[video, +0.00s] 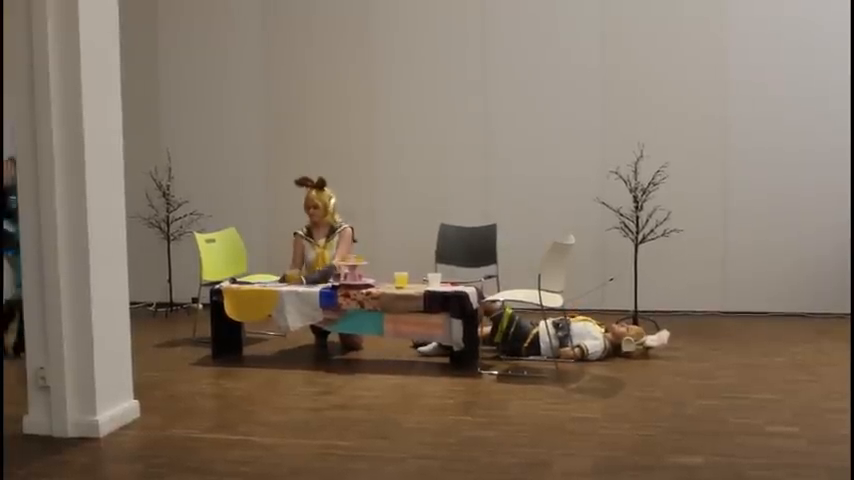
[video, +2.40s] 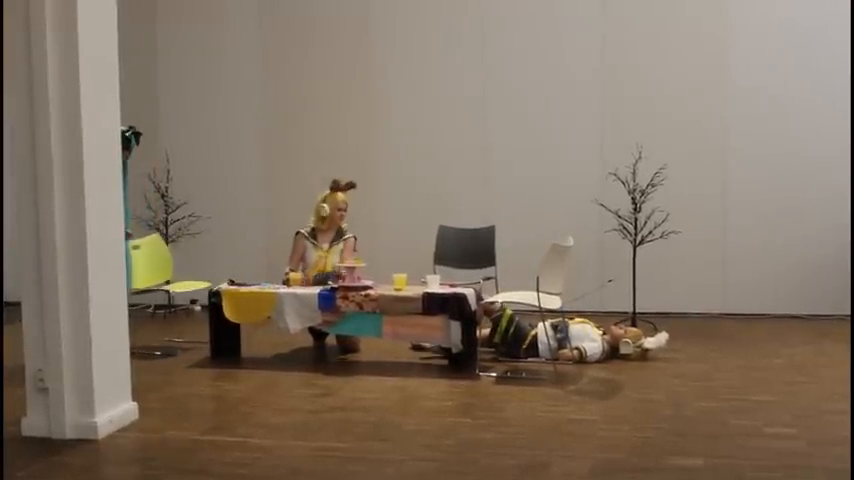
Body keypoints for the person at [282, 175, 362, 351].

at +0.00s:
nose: (310, 212)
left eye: (315, 207)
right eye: (307, 207)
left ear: (328, 208)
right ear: (304, 208)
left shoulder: (344, 231)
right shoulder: (301, 235)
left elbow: (338, 265)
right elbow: (295, 269)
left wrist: (308, 280)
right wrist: (291, 279)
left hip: (339, 291)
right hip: (311, 294)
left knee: (354, 343)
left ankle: (347, 338)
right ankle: (320, 339)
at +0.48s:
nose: (314, 206)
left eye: (320, 202)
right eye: (311, 202)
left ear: (331, 207)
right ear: (307, 206)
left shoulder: (342, 235)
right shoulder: (302, 235)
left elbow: (343, 271)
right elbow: (297, 271)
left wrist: (314, 278)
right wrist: (293, 264)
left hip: (338, 293)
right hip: (311, 294)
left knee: (356, 342)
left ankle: (347, 332)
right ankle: (321, 336)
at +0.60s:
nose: (316, 205)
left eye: (321, 201)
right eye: (313, 201)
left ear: (332, 206)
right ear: (309, 205)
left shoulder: (344, 234)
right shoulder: (306, 230)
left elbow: (342, 271)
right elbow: (293, 264)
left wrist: (316, 279)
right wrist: (299, 239)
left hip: (339, 291)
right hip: (312, 292)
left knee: (355, 343)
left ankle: (346, 333)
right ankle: (320, 336)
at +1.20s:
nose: (336, 202)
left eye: (341, 199)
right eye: (331, 198)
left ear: (347, 206)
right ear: (323, 202)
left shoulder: (349, 237)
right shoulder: (313, 227)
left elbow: (342, 272)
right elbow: (289, 254)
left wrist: (318, 281)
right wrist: (303, 237)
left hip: (335, 290)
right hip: (308, 290)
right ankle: (320, 338)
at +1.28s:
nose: (343, 205)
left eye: (345, 202)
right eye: (337, 201)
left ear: (349, 206)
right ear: (325, 205)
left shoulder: (350, 238)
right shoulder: (306, 230)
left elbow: (344, 270)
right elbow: (290, 263)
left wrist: (323, 279)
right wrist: (298, 255)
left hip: (337, 292)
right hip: (309, 291)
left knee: (354, 343)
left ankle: (344, 335)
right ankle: (321, 340)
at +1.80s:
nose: (324, 207)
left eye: (326, 203)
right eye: (318, 205)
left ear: (330, 207)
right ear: (307, 210)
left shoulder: (337, 232)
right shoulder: (297, 239)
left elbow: (340, 268)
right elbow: (291, 276)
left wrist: (313, 279)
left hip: (336, 290)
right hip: (309, 293)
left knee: (355, 344)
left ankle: (344, 332)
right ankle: (320, 341)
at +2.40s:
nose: (343, 215)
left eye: (345, 211)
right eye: (339, 210)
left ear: (346, 212)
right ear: (325, 211)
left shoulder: (347, 238)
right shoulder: (304, 236)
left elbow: (347, 268)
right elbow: (293, 268)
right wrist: (293, 278)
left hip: (337, 292)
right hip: (309, 293)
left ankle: (344, 338)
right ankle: (318, 342)